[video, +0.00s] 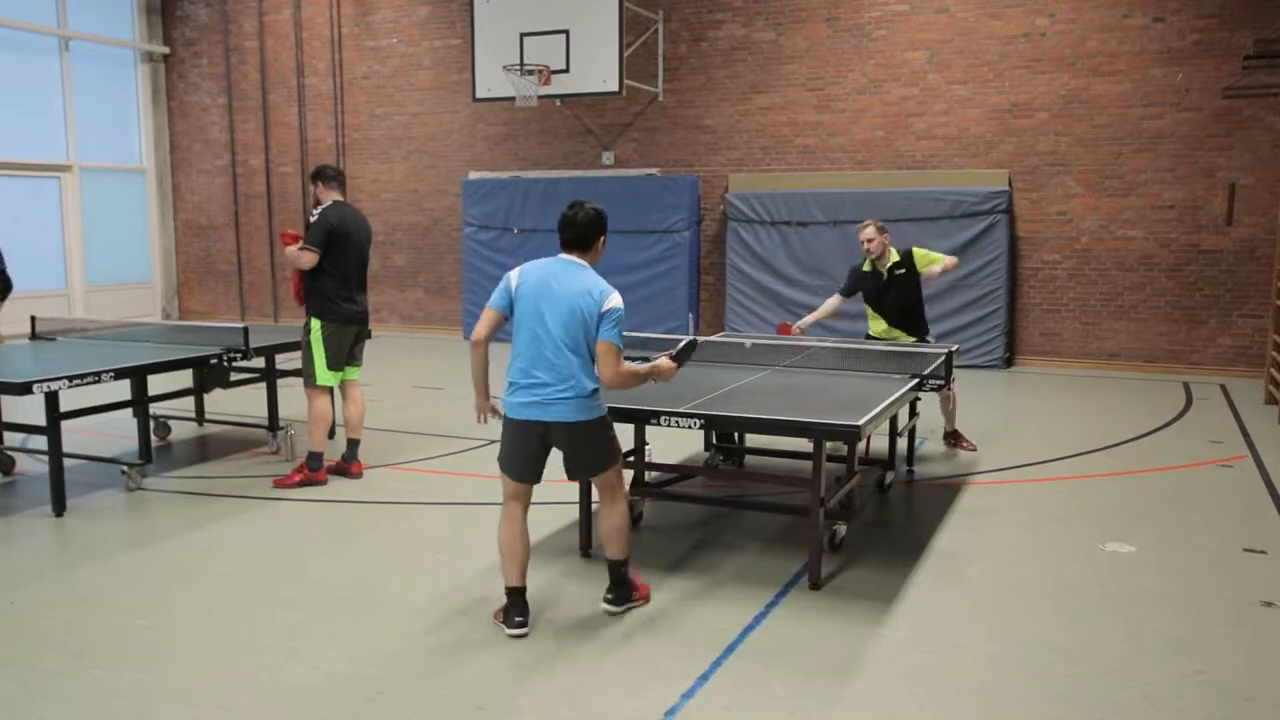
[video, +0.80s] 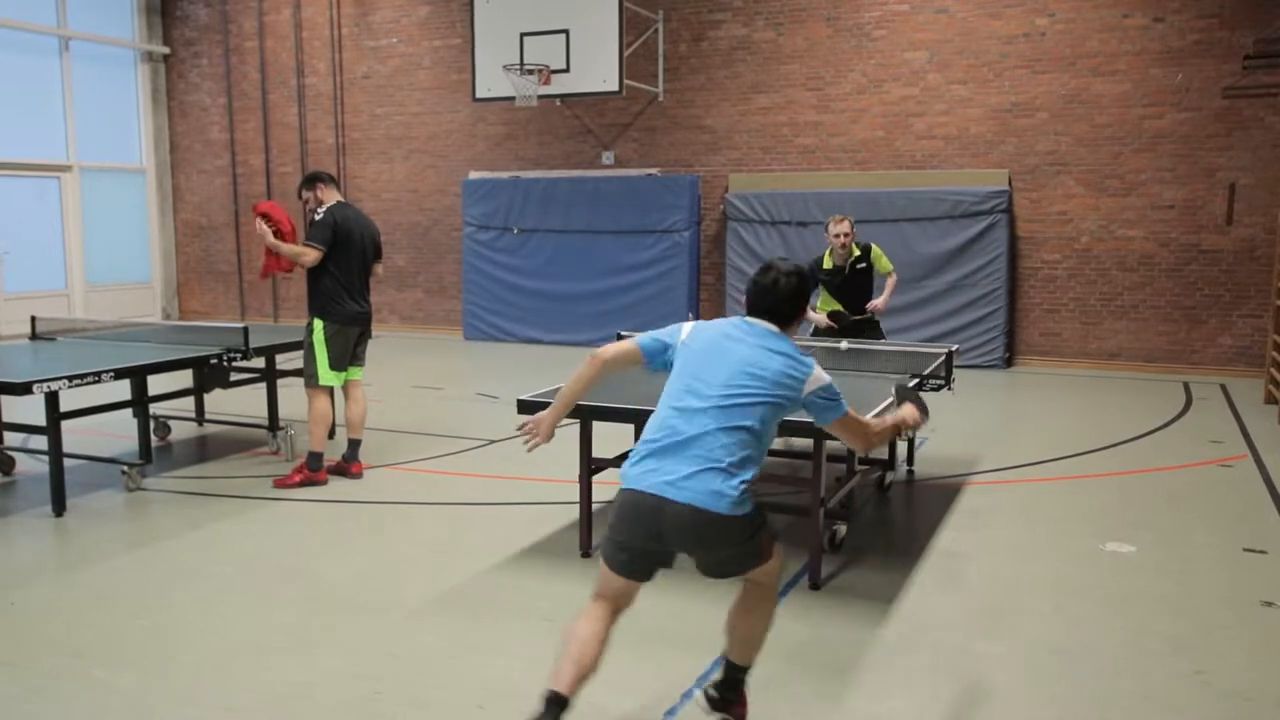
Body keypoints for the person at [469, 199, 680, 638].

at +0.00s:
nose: (606, 245)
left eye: (604, 239)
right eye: (605, 239)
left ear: (560, 239)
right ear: (599, 241)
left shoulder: (520, 276)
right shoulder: (604, 295)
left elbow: (478, 337)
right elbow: (611, 376)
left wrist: (482, 396)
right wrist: (653, 371)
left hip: (522, 415)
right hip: (579, 417)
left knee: (514, 502)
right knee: (612, 494)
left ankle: (516, 607)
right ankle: (619, 586)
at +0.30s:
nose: (619, 228)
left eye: (618, 222)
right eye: (619, 222)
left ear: (569, 220)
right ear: (612, 224)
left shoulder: (524, 259)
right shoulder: (608, 271)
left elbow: (474, 314)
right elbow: (630, 358)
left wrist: (485, 375)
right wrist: (699, 378)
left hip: (519, 409)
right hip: (579, 412)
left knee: (484, 517)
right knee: (628, 518)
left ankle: (440, 623)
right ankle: (658, 636)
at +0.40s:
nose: (631, 273)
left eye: (630, 264)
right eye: (632, 265)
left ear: (582, 258)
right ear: (624, 266)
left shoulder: (537, 299)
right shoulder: (611, 314)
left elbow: (485, 357)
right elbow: (649, 397)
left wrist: (493, 423)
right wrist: (729, 421)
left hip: (517, 461)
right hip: (578, 464)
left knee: (465, 558)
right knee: (650, 553)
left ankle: (385, 654)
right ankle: (688, 681)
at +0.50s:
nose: (667, 325)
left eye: (664, 315)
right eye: (666, 316)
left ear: (616, 313)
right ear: (650, 318)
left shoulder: (569, 348)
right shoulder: (640, 370)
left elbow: (513, 408)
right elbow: (717, 432)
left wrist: (497, 469)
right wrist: (803, 434)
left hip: (522, 498)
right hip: (579, 505)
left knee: (466, 581)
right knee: (682, 555)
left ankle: (380, 662)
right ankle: (686, 693)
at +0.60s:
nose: (728, 343)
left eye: (720, 335)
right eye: (726, 337)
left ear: (672, 335)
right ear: (715, 344)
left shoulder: (624, 363)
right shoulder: (717, 397)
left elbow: (555, 411)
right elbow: (803, 422)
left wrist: (518, 462)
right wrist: (857, 380)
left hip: (556, 511)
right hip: (619, 527)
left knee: (475, 590)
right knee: (718, 563)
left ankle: (391, 662)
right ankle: (691, 697)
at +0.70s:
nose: (773, 345)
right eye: (774, 338)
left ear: (719, 325)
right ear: (768, 341)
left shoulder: (671, 350)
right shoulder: (768, 391)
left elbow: (590, 388)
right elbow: (840, 409)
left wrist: (540, 432)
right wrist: (870, 364)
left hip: (598, 500)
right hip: (665, 526)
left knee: (531, 589)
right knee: (735, 568)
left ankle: (439, 683)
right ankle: (693, 693)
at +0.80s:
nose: (809, 317)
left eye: (808, 309)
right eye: (808, 310)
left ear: (747, 301)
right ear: (799, 315)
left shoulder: (695, 333)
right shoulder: (797, 367)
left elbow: (601, 357)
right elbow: (863, 437)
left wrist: (552, 414)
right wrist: (899, 420)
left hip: (642, 494)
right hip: (713, 508)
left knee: (605, 601)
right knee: (763, 572)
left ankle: (551, 707)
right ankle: (730, 689)